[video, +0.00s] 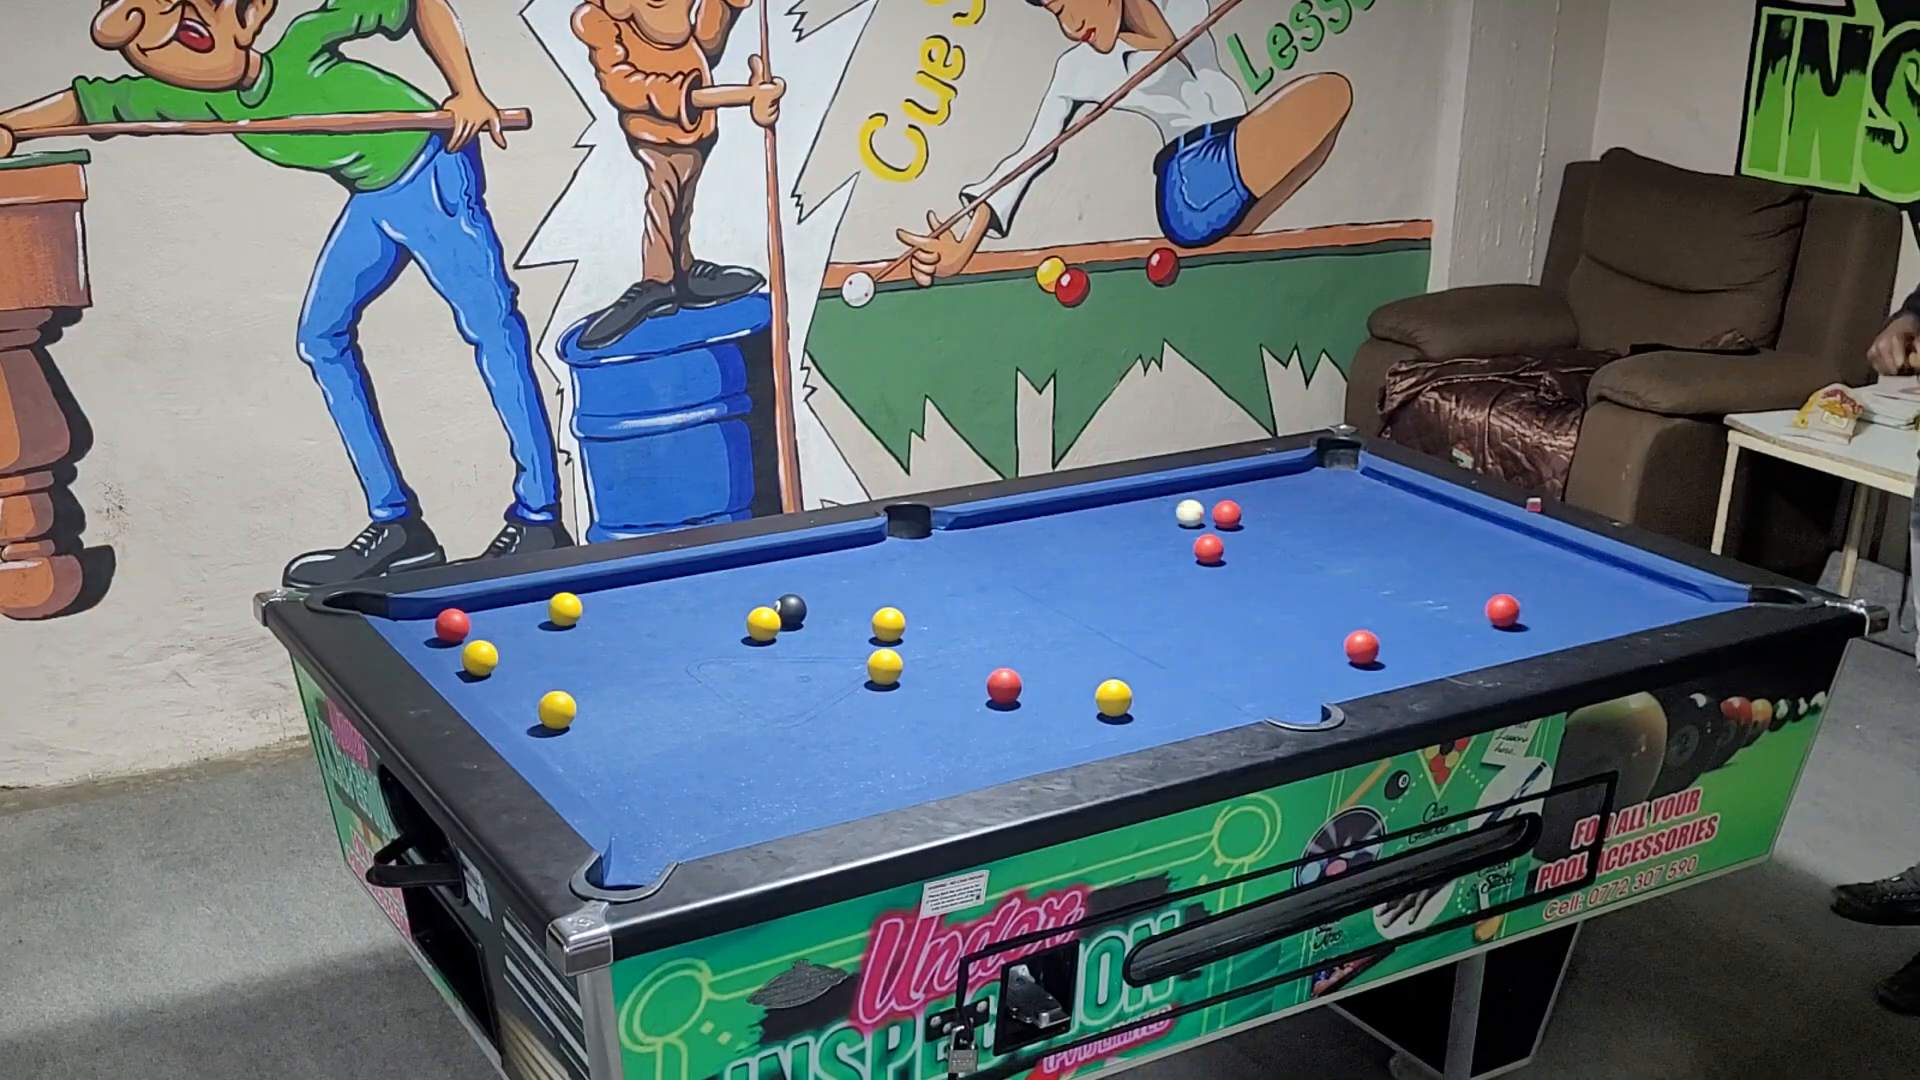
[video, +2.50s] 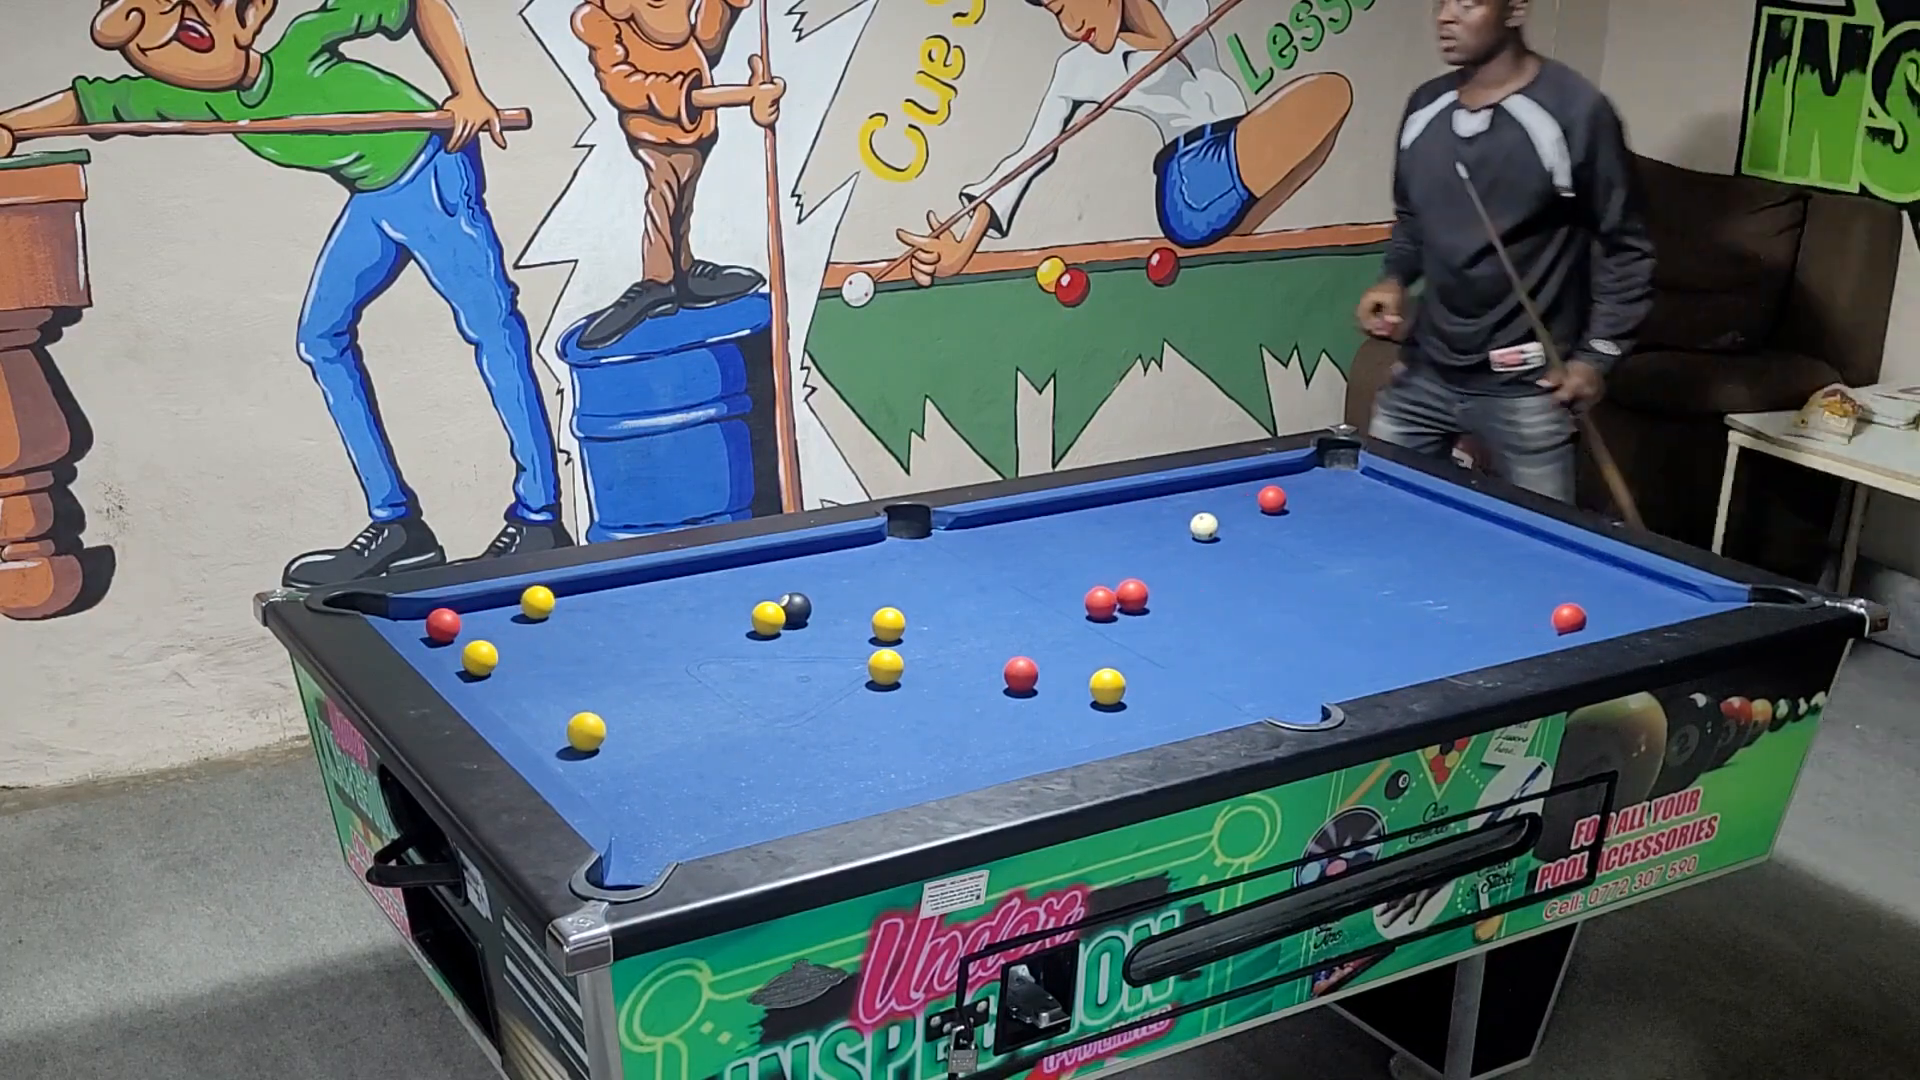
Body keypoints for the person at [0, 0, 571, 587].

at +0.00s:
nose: (208, 59)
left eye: (201, 44)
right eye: (190, 59)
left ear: (227, 24)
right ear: (184, 73)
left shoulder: (300, 37)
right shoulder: (211, 98)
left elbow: (418, 4)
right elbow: (90, 101)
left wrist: (466, 87)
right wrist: (9, 124)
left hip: (426, 165)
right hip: (369, 198)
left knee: (492, 329)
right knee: (322, 337)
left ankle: (541, 517)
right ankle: (397, 522)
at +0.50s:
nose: (208, 60)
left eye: (200, 44)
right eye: (190, 59)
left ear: (227, 24)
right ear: (184, 73)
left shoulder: (300, 37)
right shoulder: (211, 98)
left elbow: (419, 4)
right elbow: (90, 101)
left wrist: (466, 87)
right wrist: (9, 124)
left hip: (426, 165)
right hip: (369, 198)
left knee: (492, 329)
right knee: (322, 337)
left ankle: (541, 517)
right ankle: (397, 523)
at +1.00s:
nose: (205, 55)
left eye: (199, 41)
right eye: (189, 55)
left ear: (225, 21)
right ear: (184, 74)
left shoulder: (300, 37)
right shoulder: (213, 98)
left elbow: (418, 3)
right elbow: (91, 100)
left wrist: (466, 87)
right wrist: (10, 124)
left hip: (426, 165)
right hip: (369, 198)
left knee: (491, 327)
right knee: (322, 337)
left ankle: (541, 518)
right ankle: (397, 522)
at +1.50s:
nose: (205, 56)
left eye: (198, 42)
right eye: (189, 57)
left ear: (226, 21)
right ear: (184, 74)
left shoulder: (300, 37)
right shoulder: (212, 98)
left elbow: (418, 3)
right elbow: (91, 100)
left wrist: (466, 87)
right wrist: (11, 123)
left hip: (426, 165)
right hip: (369, 198)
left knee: (491, 327)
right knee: (322, 337)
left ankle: (541, 518)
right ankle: (397, 522)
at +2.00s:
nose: (204, 56)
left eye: (198, 41)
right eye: (189, 55)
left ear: (225, 21)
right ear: (184, 74)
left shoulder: (300, 36)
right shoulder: (213, 98)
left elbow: (418, 3)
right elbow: (91, 100)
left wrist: (466, 87)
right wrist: (11, 123)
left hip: (426, 165)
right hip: (369, 199)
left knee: (491, 327)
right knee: (322, 337)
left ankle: (541, 518)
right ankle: (397, 522)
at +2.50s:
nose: (201, 56)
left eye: (194, 41)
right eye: (186, 56)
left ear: (218, 21)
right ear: (183, 72)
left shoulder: (299, 37)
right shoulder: (218, 98)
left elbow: (417, 3)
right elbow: (94, 100)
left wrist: (467, 87)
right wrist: (10, 123)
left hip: (426, 163)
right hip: (369, 197)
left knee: (492, 329)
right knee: (321, 337)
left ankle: (541, 518)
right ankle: (397, 522)